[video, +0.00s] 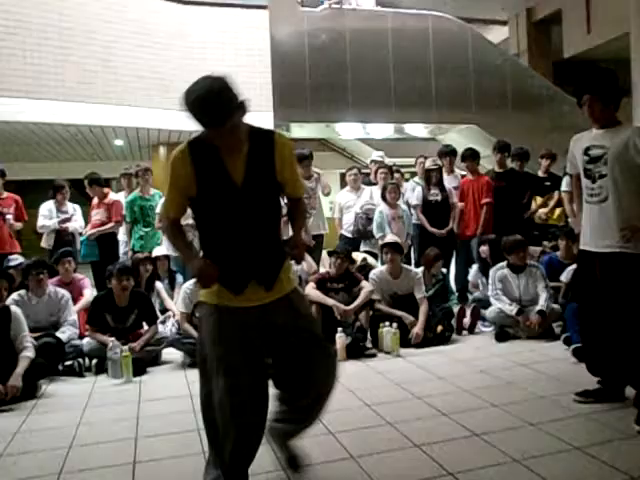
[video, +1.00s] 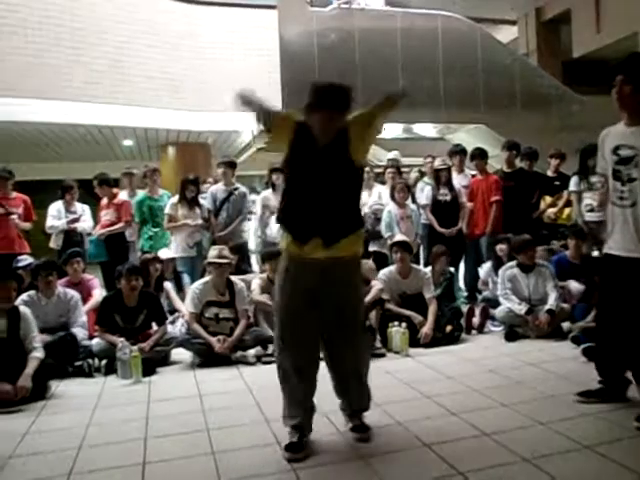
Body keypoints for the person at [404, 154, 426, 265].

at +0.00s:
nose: (422, 166)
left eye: (424, 163)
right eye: (420, 163)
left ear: (427, 166)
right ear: (415, 166)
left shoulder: (431, 183)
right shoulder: (411, 183)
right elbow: (408, 199)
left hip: (430, 220)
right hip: (416, 221)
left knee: (429, 249)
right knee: (417, 251)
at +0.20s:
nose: (422, 166)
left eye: (424, 163)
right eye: (420, 163)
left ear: (427, 166)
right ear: (415, 166)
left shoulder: (431, 183)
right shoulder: (412, 183)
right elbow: (409, 198)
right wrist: (417, 201)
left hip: (430, 220)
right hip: (416, 220)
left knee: (430, 249)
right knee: (418, 251)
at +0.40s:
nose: (421, 166)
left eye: (423, 163)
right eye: (419, 163)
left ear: (426, 166)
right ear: (415, 166)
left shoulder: (429, 183)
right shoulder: (411, 183)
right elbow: (410, 199)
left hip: (429, 220)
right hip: (416, 221)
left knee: (428, 249)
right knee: (417, 251)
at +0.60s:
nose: (420, 166)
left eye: (422, 163)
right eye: (418, 163)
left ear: (425, 165)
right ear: (413, 165)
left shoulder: (426, 183)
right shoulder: (410, 185)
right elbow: (411, 201)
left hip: (426, 221)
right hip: (414, 221)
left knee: (425, 248)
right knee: (415, 249)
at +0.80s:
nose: (420, 166)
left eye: (422, 163)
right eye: (418, 163)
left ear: (425, 166)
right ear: (414, 166)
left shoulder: (428, 182)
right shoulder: (411, 183)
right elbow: (410, 200)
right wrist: (418, 200)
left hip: (428, 219)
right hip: (415, 220)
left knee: (428, 248)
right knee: (416, 250)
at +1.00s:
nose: (430, 166)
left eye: (431, 163)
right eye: (427, 163)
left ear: (435, 165)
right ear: (424, 166)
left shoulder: (440, 182)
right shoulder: (421, 184)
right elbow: (420, 200)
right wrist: (429, 199)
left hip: (439, 220)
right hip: (425, 221)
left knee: (438, 248)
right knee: (426, 250)